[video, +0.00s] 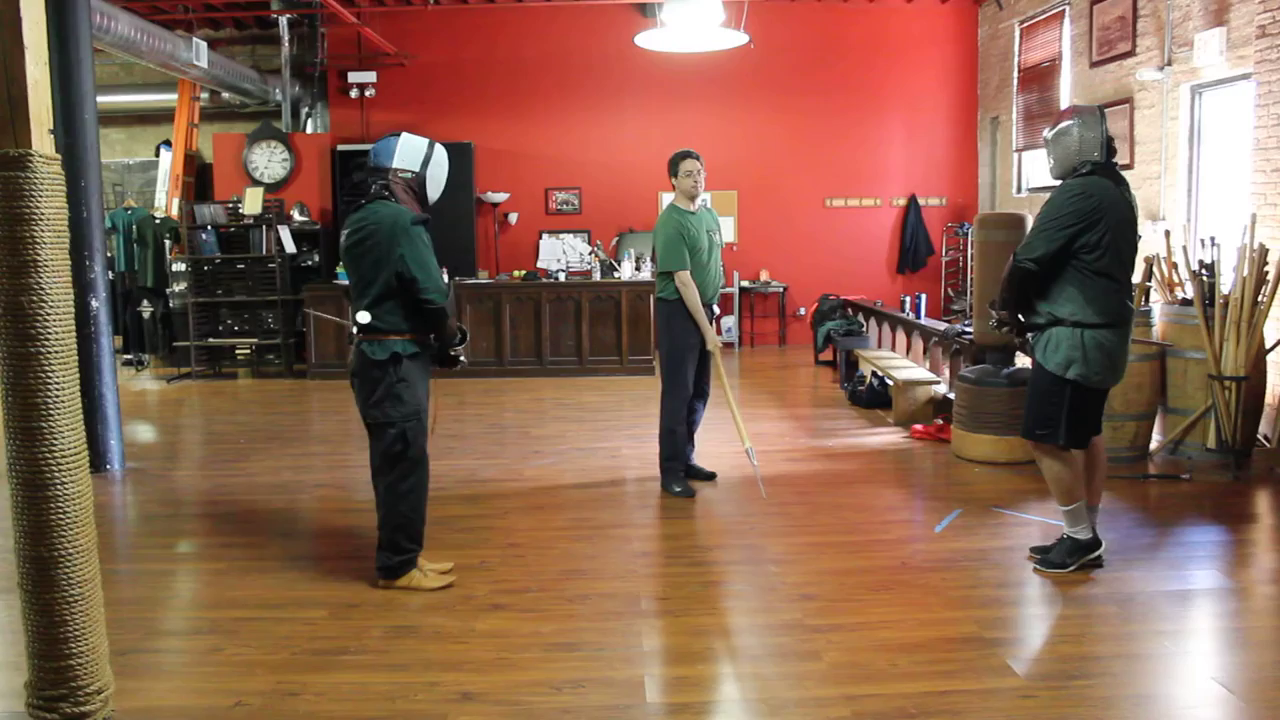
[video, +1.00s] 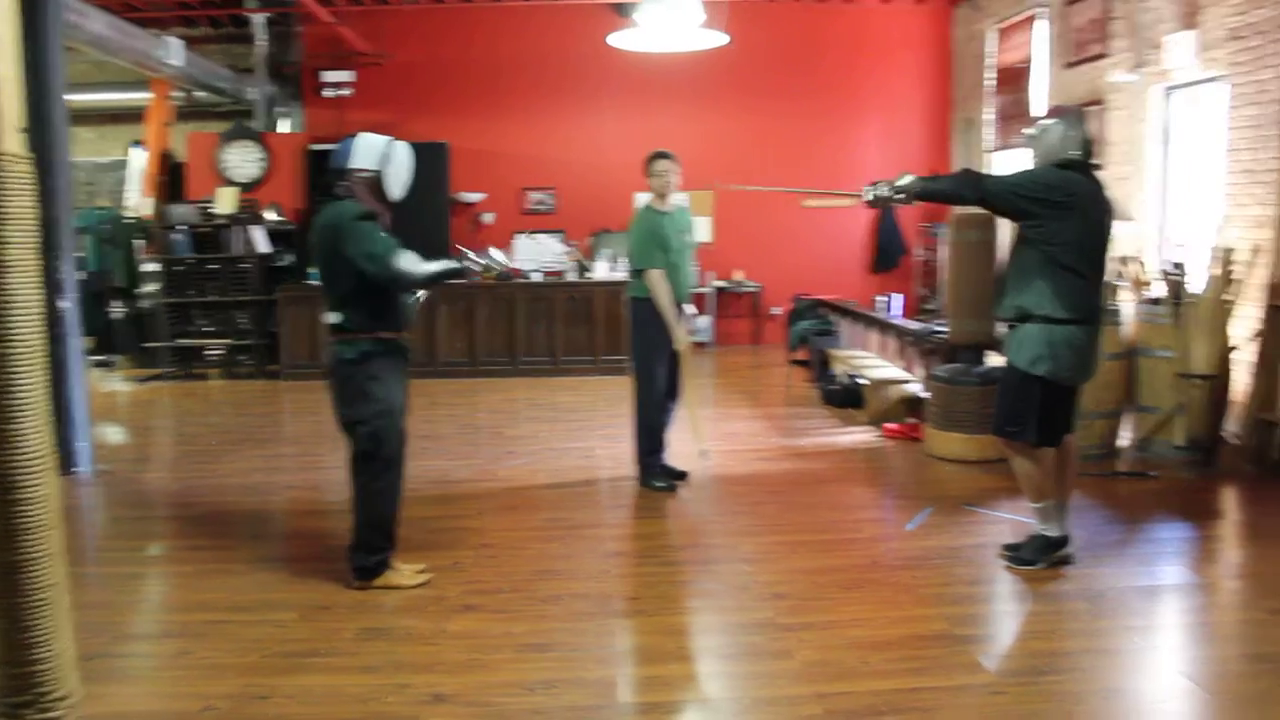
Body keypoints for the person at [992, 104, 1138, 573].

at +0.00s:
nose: (1049, 152)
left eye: (1056, 142)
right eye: (1050, 143)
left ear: (1078, 144)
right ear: (1092, 145)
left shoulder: (1078, 192)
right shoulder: (1115, 192)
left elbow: (1028, 260)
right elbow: (1088, 267)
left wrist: (1004, 304)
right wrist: (1026, 307)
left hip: (1071, 334)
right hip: (1101, 332)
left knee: (1046, 437)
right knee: (1086, 433)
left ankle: (1079, 538)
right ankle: (1084, 534)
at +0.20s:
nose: (1049, 153)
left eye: (1055, 144)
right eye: (1050, 145)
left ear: (1078, 146)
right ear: (1092, 146)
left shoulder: (1077, 193)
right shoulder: (1117, 192)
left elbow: (1028, 259)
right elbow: (1091, 267)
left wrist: (1004, 304)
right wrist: (1027, 308)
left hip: (1071, 335)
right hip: (1102, 333)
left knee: (1045, 437)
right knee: (1085, 434)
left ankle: (1079, 538)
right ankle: (1084, 535)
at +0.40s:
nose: (1051, 154)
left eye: (1056, 145)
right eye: (1051, 145)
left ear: (1078, 145)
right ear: (1095, 146)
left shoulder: (1079, 192)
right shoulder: (1117, 193)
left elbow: (1022, 256)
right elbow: (1086, 264)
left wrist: (996, 296)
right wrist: (1033, 303)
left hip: (1073, 334)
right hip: (1104, 332)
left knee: (1045, 437)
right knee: (1085, 434)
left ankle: (1079, 538)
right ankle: (1084, 534)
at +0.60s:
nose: (1055, 155)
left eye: (1061, 145)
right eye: (1055, 146)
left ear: (1082, 144)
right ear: (1098, 145)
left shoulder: (1082, 191)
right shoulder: (1119, 191)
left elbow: (1008, 228)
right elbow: (1057, 223)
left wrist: (951, 256)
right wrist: (1005, 219)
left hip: (1073, 334)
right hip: (1103, 332)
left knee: (1046, 438)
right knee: (1086, 435)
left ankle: (1080, 538)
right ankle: (1086, 535)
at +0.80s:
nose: (1056, 155)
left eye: (1060, 146)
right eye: (1056, 147)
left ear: (1079, 143)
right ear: (1100, 144)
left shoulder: (1082, 185)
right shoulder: (1120, 191)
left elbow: (1004, 198)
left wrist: (929, 204)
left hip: (1071, 334)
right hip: (1103, 333)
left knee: (1045, 438)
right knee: (1086, 436)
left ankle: (1079, 539)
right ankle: (1084, 535)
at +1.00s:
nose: (1031, 145)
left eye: (1037, 138)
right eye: (1034, 138)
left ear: (1056, 142)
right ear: (1076, 145)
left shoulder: (1056, 185)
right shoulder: (1089, 193)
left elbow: (980, 187)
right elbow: (996, 191)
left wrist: (912, 186)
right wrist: (926, 186)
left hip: (1043, 331)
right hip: (1073, 331)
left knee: (1015, 433)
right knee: (1053, 435)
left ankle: (1049, 534)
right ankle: (1055, 534)